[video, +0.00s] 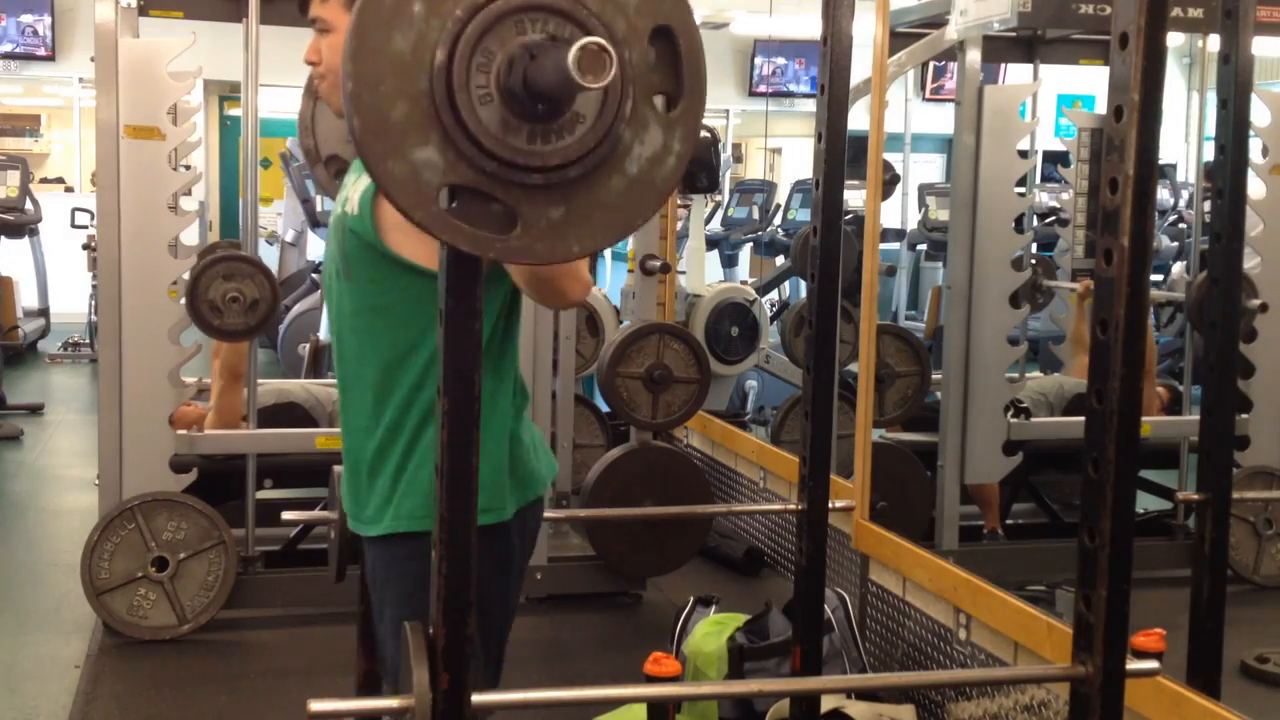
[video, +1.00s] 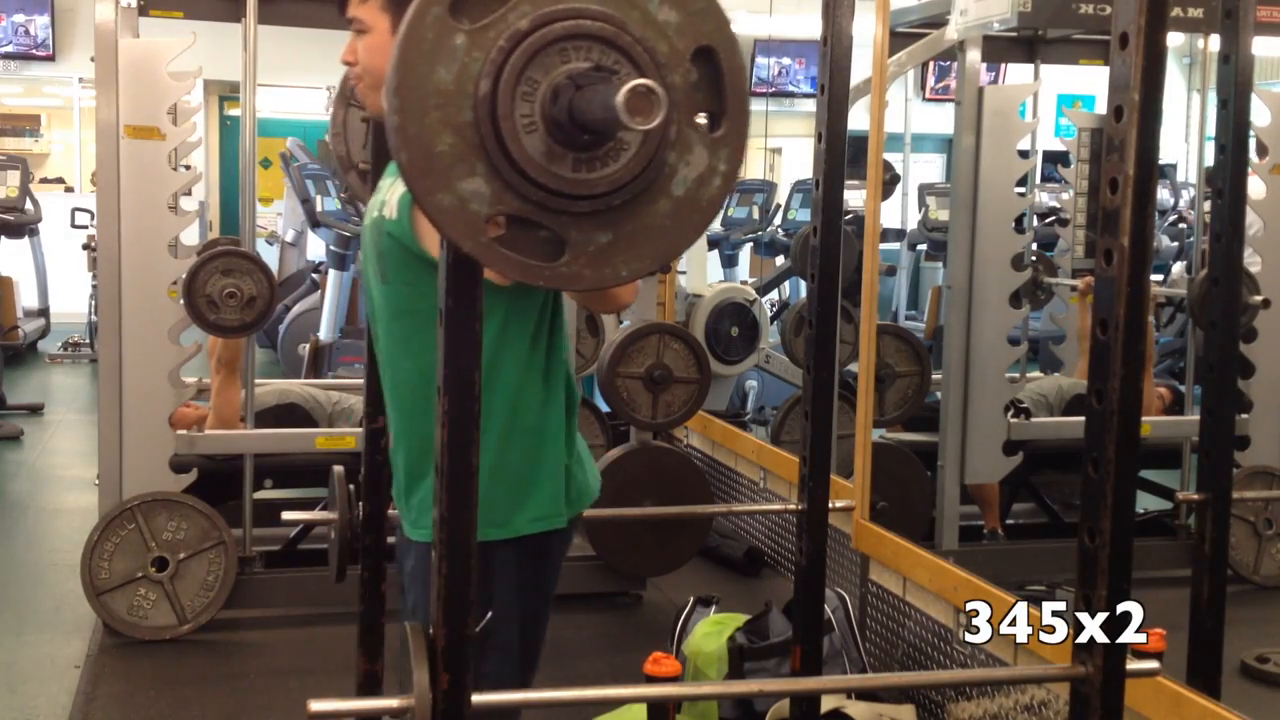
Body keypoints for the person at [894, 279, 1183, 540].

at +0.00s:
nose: (1152, 391)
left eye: (1158, 394)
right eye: (1155, 388)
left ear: (1160, 410)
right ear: (1145, 386)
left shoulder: (1136, 413)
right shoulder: (1103, 390)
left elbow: (1146, 367)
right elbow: (1081, 348)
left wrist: (1141, 312)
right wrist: (1081, 300)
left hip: (1018, 411)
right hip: (1005, 395)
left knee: (977, 448)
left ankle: (992, 528)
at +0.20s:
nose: (1153, 393)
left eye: (1159, 396)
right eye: (1156, 391)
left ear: (1161, 412)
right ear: (1146, 385)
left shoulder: (1135, 415)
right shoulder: (1096, 392)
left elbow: (1144, 360)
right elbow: (1085, 339)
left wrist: (1138, 302)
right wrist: (1084, 296)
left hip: (1035, 403)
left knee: (978, 444)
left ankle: (992, 530)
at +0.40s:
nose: (1153, 393)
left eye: (1159, 397)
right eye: (1156, 390)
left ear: (1160, 413)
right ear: (1145, 384)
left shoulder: (1130, 415)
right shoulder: (1098, 390)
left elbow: (1145, 359)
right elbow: (1087, 340)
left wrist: (1140, 305)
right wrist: (1085, 297)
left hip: (1026, 409)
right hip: (1006, 395)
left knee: (978, 448)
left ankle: (993, 530)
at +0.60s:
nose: (1153, 394)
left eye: (1160, 398)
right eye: (1156, 391)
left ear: (1160, 414)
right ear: (1144, 385)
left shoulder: (1128, 418)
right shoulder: (1097, 393)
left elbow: (1145, 360)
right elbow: (1088, 342)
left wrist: (1142, 306)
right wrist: (1085, 297)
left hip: (1025, 411)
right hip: (1006, 398)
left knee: (979, 447)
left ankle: (993, 531)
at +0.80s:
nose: (1154, 394)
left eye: (1161, 398)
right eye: (1157, 390)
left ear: (1160, 413)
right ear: (1145, 384)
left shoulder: (1130, 417)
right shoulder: (1095, 388)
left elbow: (1144, 359)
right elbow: (1087, 341)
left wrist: (1141, 305)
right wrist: (1085, 297)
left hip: (1026, 411)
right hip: (1005, 399)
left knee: (979, 446)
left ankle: (992, 530)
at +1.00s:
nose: (1155, 395)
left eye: (1161, 398)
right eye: (1157, 391)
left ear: (1161, 413)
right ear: (1145, 384)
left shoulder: (1134, 417)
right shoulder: (1098, 387)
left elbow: (1144, 361)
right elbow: (1086, 341)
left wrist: (1143, 308)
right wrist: (1084, 297)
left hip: (1028, 412)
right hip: (1007, 399)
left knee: (979, 448)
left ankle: (992, 531)